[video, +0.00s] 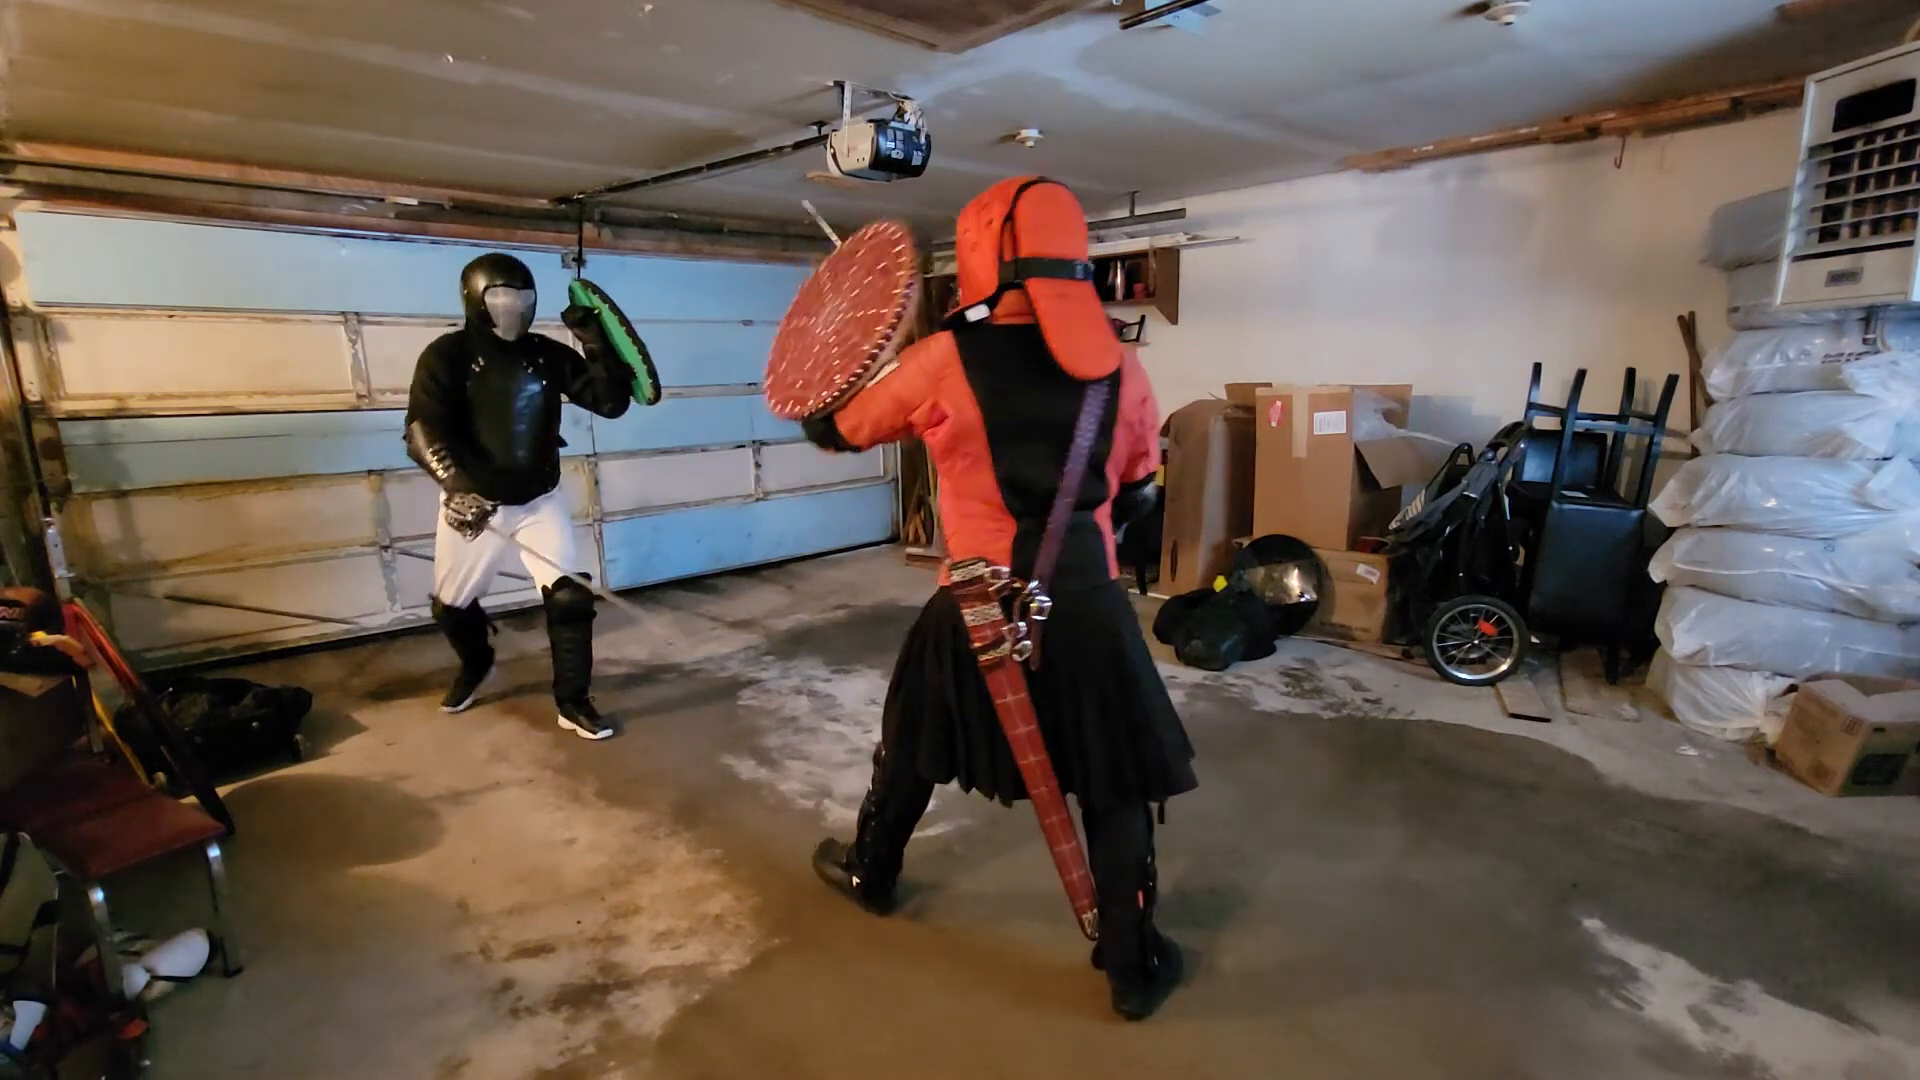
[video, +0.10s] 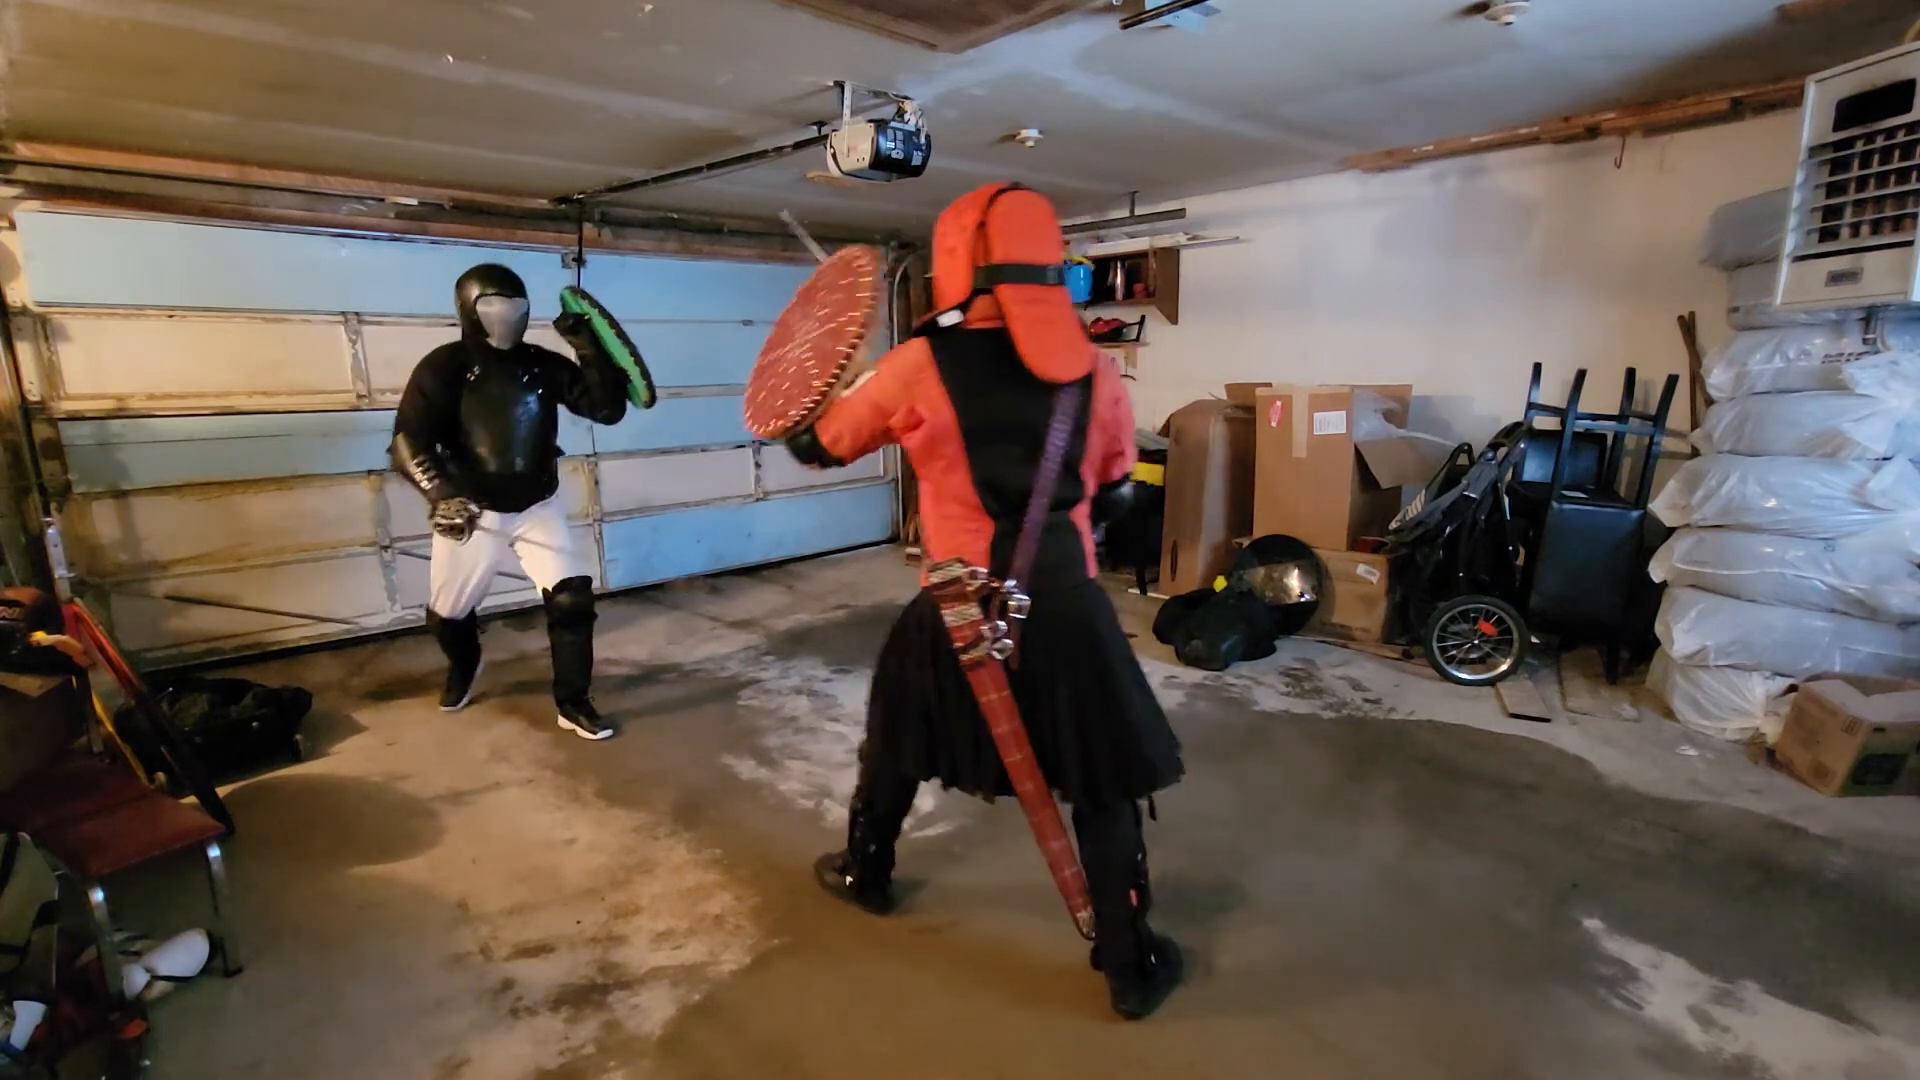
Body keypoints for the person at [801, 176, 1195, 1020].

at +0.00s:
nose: (958, 268)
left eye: (965, 255)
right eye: (966, 255)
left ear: (984, 262)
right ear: (1075, 260)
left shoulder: (945, 360)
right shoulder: (1120, 370)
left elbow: (841, 428)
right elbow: (1137, 497)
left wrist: (831, 375)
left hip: (975, 608)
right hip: (1087, 610)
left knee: (919, 733)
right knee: (1114, 775)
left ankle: (872, 868)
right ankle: (1131, 962)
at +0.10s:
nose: (935, 276)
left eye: (941, 263)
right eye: (941, 264)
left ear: (960, 269)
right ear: (1046, 266)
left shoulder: (921, 365)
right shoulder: (1095, 372)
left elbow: (826, 443)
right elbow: (1110, 485)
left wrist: (809, 397)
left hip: (956, 605)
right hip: (1068, 606)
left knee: (899, 721)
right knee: (1102, 775)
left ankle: (866, 866)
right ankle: (1127, 959)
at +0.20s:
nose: (906, 273)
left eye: (913, 261)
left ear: (930, 269)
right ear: (1015, 267)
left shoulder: (891, 366)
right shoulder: (1063, 369)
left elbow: (803, 452)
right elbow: (1085, 477)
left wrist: (772, 425)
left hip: (933, 601)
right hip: (1044, 602)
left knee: (877, 725)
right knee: (1088, 771)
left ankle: (864, 868)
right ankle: (1127, 961)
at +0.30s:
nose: (882, 277)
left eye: (888, 264)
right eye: (891, 265)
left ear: (904, 268)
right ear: (988, 266)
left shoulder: (869, 362)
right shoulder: (1038, 365)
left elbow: (786, 453)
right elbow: (1061, 484)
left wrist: (756, 424)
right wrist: (994, 499)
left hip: (914, 590)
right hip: (1020, 586)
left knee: (867, 719)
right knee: (1076, 755)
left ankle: (864, 867)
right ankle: (1122, 941)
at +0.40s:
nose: (866, 278)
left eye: (871, 266)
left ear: (886, 268)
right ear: (971, 266)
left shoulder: (854, 363)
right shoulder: (1021, 363)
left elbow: (764, 466)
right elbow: (1044, 488)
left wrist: (753, 411)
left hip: (904, 590)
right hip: (1011, 585)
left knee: (862, 724)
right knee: (1068, 740)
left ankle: (862, 867)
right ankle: (1105, 920)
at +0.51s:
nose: (864, 279)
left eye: (869, 267)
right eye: (872, 268)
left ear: (883, 269)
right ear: (966, 267)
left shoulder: (850, 363)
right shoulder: (1017, 362)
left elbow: (767, 470)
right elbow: (1042, 488)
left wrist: (756, 436)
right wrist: (977, 489)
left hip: (903, 582)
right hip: (1008, 577)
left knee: (861, 721)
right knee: (1060, 734)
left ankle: (861, 864)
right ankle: (1094, 915)